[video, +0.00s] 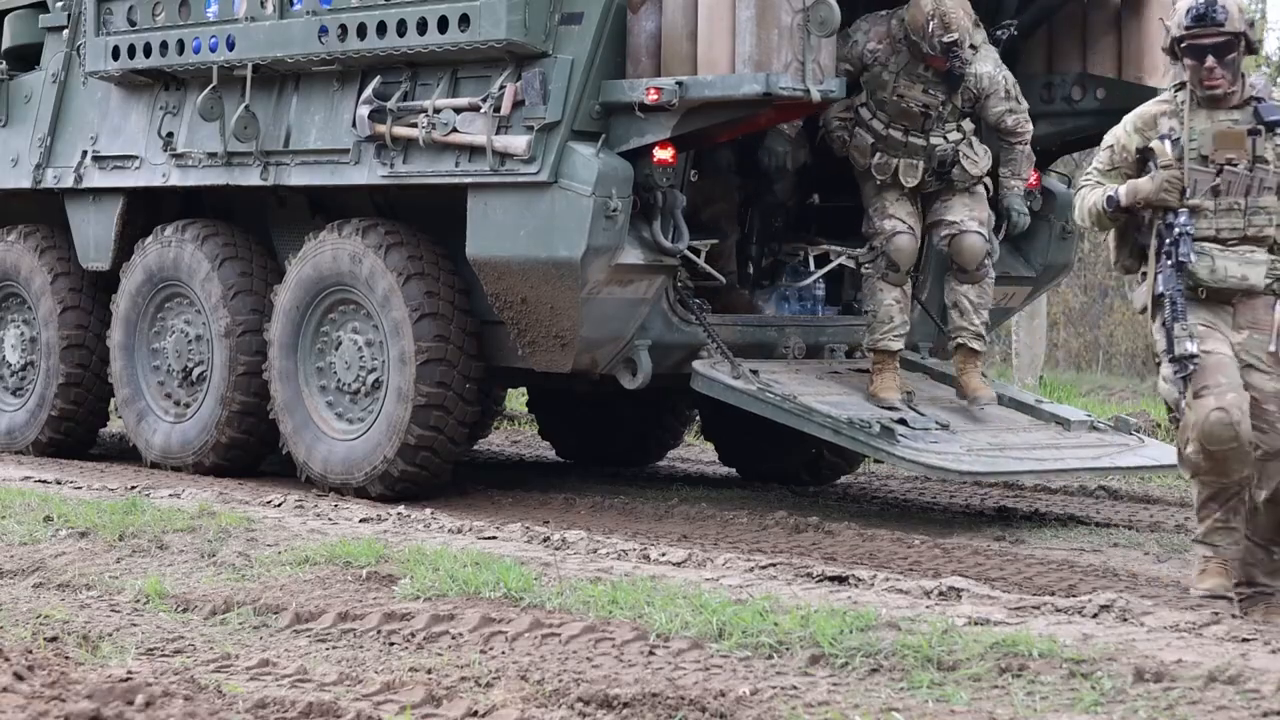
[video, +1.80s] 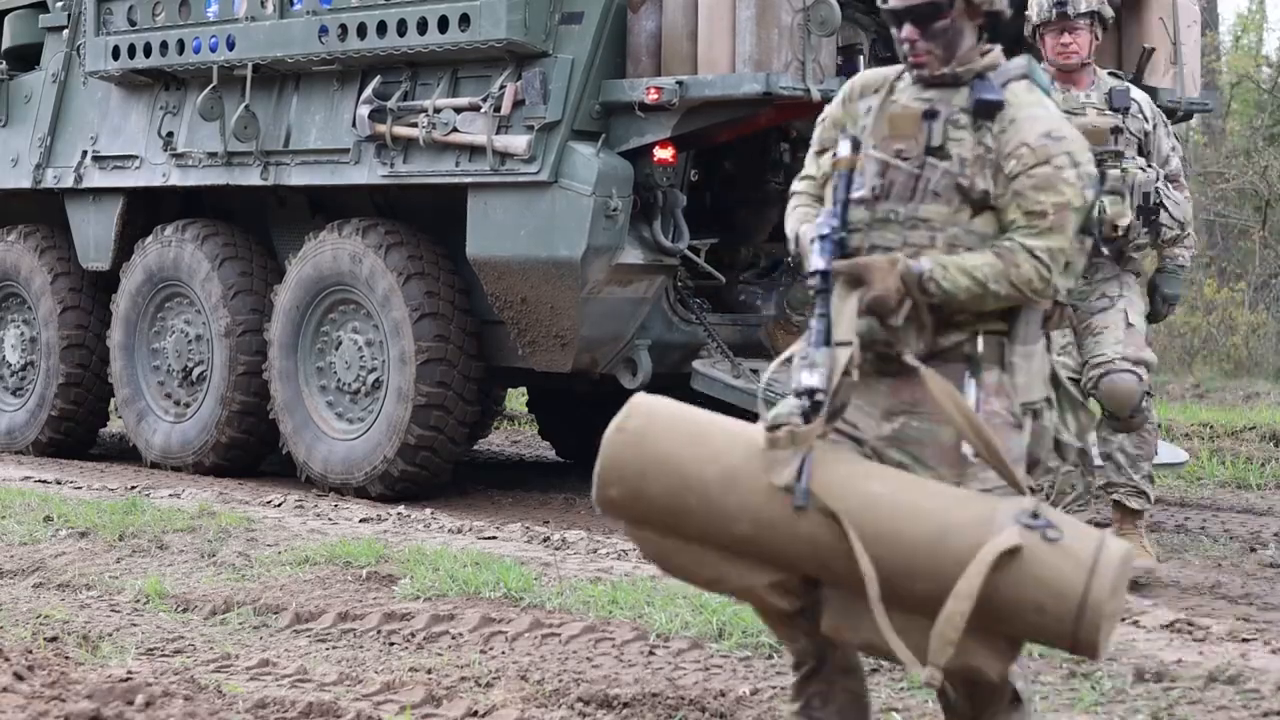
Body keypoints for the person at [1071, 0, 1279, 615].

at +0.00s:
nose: (1210, 65)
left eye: (1222, 52)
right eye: (1197, 54)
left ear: (1243, 51)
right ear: (1180, 58)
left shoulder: (1267, 110)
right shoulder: (1155, 118)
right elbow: (1084, 200)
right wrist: (1132, 193)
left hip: (1264, 298)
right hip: (1190, 297)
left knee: (1271, 444)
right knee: (1221, 426)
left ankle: (1263, 573)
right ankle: (1219, 550)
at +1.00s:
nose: (1200, 7)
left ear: (1242, 4)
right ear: (1171, 3)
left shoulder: (1269, 59)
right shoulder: (1132, 62)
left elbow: (1276, 193)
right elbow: (1082, 185)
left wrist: (1265, 277)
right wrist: (1122, 116)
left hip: (1253, 284)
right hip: (1151, 286)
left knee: (1258, 459)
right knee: (1126, 443)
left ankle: (1266, 627)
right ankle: (1138, 642)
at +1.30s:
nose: (1111, 12)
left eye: (1129, 1)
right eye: (1100, 2)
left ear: (1163, 9)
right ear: (1085, 11)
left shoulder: (1212, 100)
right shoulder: (1039, 88)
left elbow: (1245, 223)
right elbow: (1002, 212)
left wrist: (1169, 293)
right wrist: (1049, 160)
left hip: (1163, 329)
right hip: (1059, 327)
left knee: (1163, 500)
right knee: (1066, 506)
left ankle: (1199, 678)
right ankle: (1125, 681)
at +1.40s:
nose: (1092, 9)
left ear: (1141, 5)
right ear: (1063, 6)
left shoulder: (1189, 100)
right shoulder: (1008, 76)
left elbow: (1214, 229)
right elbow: (966, 202)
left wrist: (1129, 287)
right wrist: (1027, 163)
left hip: (1131, 332)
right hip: (1031, 327)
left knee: (1114, 501)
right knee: (1041, 503)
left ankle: (1112, 679)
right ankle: (1107, 673)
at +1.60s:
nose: (1030, 28)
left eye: (1049, 14)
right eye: (1017, 14)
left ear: (1085, 16)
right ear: (1001, 18)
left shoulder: (1126, 119)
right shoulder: (954, 87)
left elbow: (1146, 255)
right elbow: (880, 202)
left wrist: (1041, 292)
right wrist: (929, 174)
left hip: (1057, 371)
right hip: (944, 363)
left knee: (1041, 546)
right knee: (964, 542)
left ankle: (1065, 703)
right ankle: (1019, 700)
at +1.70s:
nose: (979, 40)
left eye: (996, 22)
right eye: (964, 26)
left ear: (1037, 20)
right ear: (950, 29)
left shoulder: (1087, 133)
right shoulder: (912, 101)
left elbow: (1095, 266)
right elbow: (844, 200)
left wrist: (984, 285)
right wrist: (871, 215)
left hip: (1013, 388)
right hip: (901, 379)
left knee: (1003, 573)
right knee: (932, 568)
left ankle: (1011, 706)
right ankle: (1002, 701)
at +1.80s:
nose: (908, 35)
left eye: (926, 19)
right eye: (896, 21)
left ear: (976, 12)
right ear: (885, 23)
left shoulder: (1029, 121)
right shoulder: (861, 95)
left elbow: (1048, 260)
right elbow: (809, 190)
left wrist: (914, 279)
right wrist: (819, 246)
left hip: (966, 395)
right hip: (844, 381)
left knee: (959, 611)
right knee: (782, 562)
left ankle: (985, 706)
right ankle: (832, 703)